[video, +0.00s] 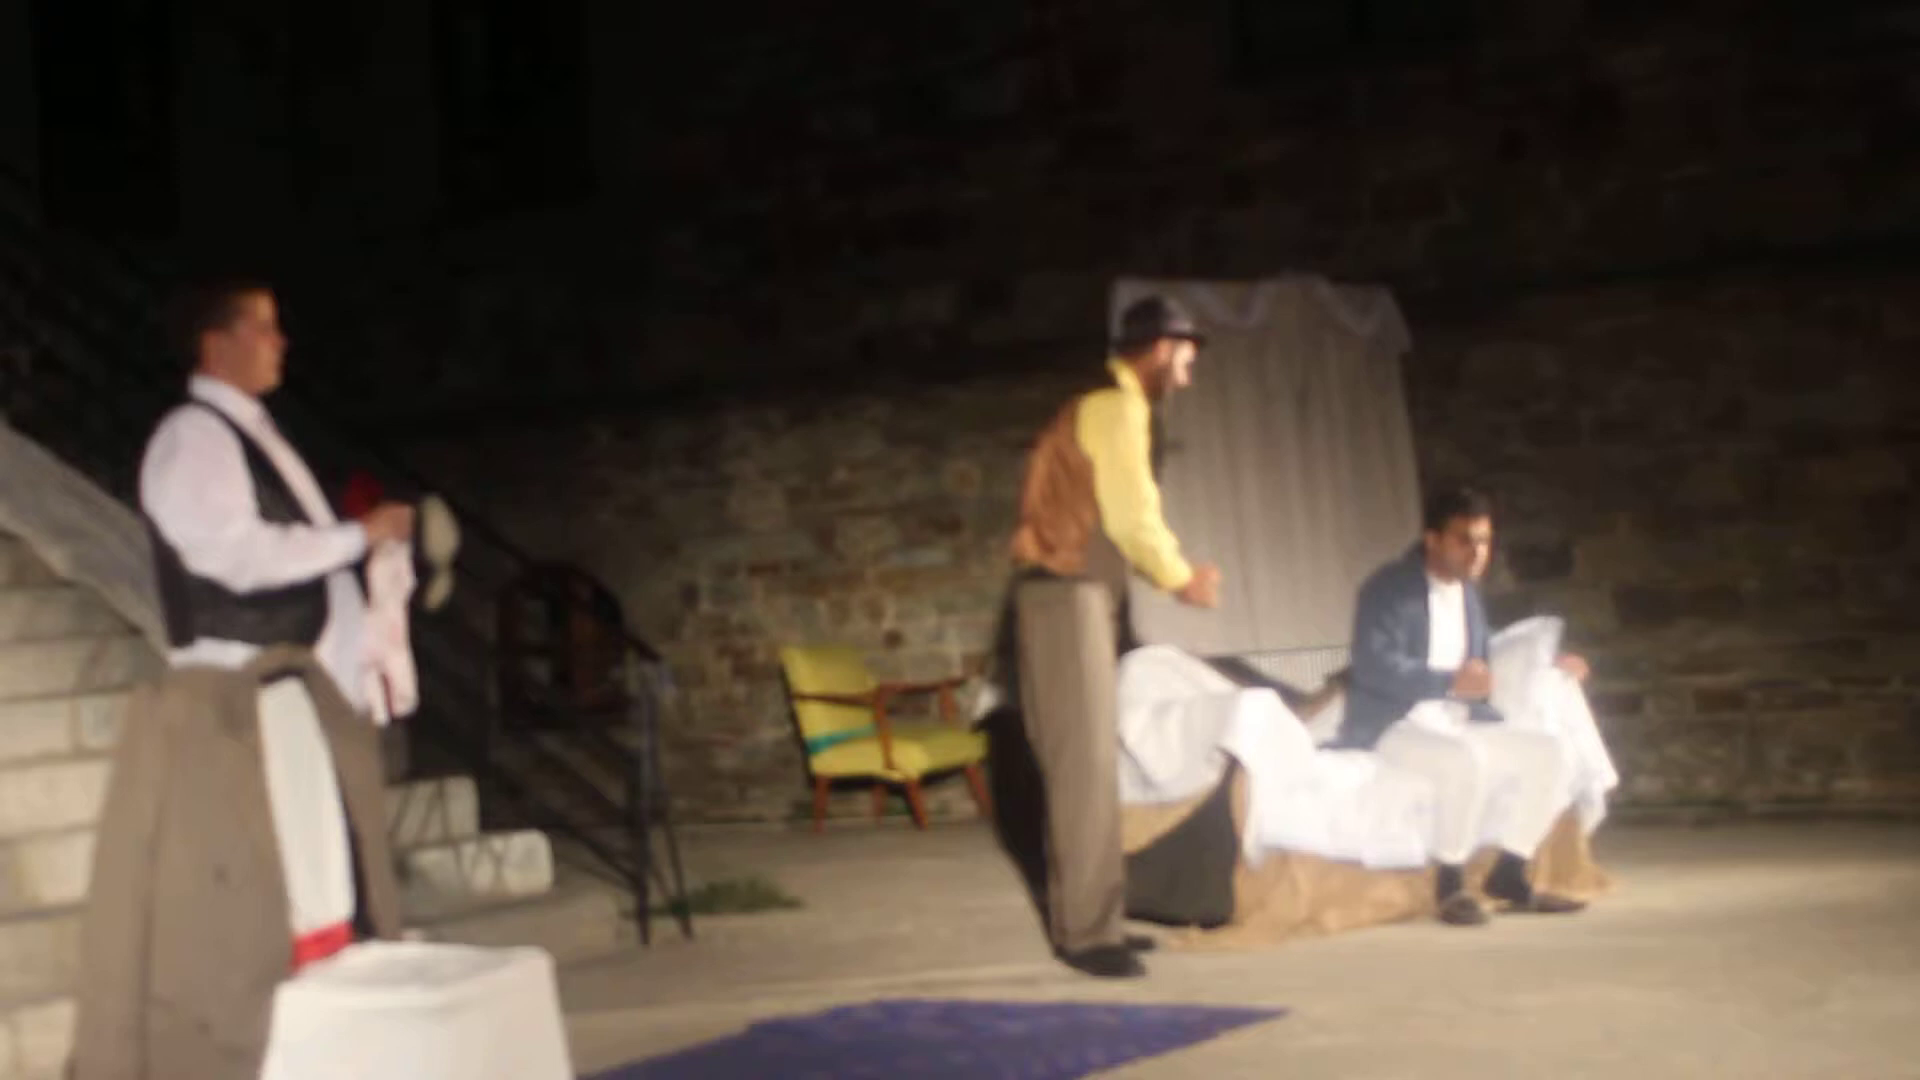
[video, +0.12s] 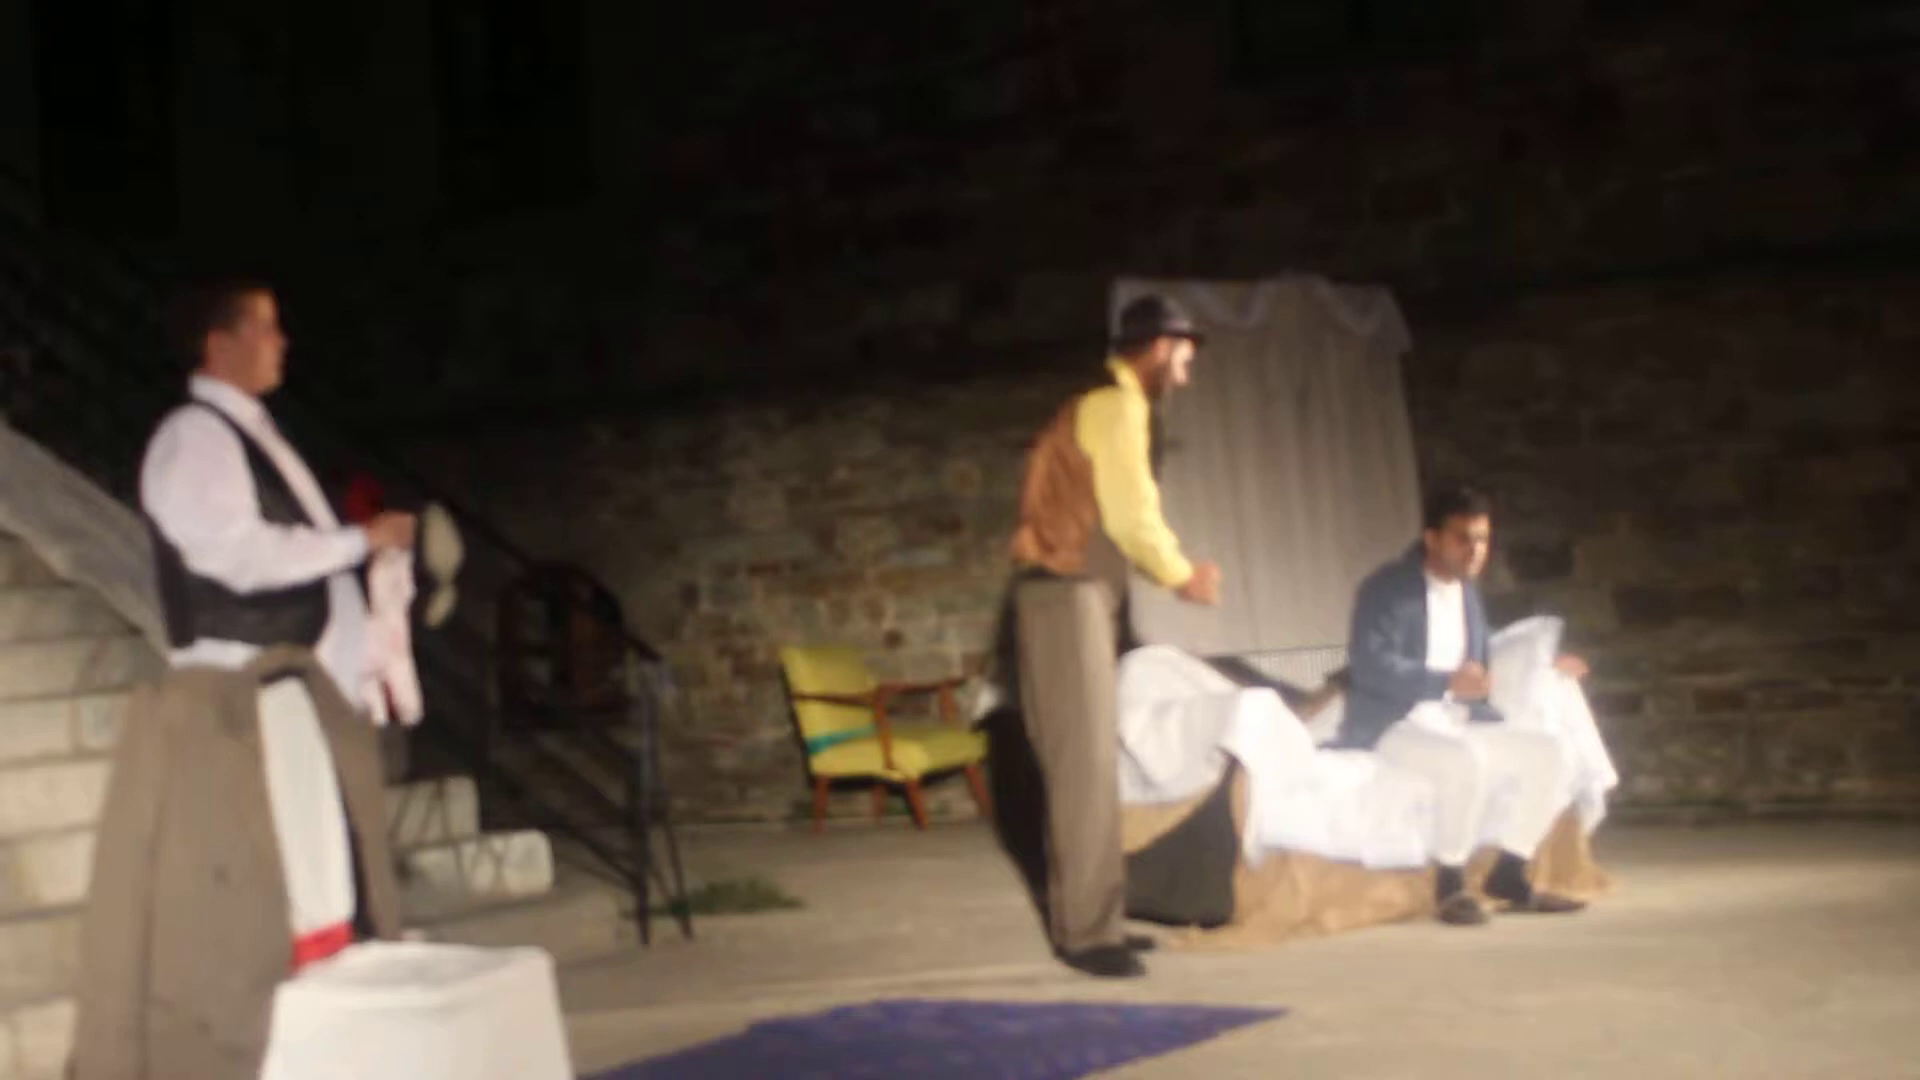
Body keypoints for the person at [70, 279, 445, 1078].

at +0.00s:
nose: (279, 344)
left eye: (277, 329)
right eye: (263, 330)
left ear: (240, 345)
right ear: (214, 344)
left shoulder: (261, 435)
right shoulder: (191, 436)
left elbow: (287, 565)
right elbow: (233, 557)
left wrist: (388, 564)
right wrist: (359, 537)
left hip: (297, 693)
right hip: (240, 703)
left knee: (329, 878)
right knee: (276, 884)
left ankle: (340, 1038)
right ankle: (278, 1045)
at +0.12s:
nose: (281, 343)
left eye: (278, 329)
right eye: (264, 329)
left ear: (240, 347)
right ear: (216, 345)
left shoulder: (263, 435)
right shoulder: (191, 438)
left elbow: (295, 567)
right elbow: (233, 559)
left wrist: (384, 579)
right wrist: (360, 543)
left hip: (300, 696)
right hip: (237, 706)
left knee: (331, 887)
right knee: (269, 893)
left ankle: (338, 1042)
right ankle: (272, 1051)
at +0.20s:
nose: (283, 343)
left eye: (280, 329)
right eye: (267, 329)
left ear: (239, 346)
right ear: (221, 344)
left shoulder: (260, 433)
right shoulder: (194, 438)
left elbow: (294, 563)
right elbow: (236, 559)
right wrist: (361, 550)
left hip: (298, 692)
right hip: (241, 702)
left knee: (333, 886)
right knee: (284, 892)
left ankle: (340, 1042)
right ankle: (287, 1049)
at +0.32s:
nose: (288, 342)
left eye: (283, 327)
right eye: (272, 328)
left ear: (241, 345)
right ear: (225, 344)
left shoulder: (264, 437)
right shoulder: (197, 437)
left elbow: (308, 576)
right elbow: (242, 562)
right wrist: (370, 560)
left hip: (300, 694)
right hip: (243, 703)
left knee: (332, 879)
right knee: (279, 885)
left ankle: (342, 1040)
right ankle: (279, 1046)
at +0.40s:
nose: (291, 342)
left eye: (288, 328)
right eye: (276, 329)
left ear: (246, 347)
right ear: (229, 345)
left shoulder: (262, 435)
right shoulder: (202, 438)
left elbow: (286, 567)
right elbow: (241, 563)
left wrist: (379, 587)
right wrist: (371, 572)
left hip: (298, 693)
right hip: (246, 702)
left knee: (330, 882)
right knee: (289, 888)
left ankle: (337, 1041)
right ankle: (287, 1047)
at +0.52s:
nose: (297, 342)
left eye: (294, 328)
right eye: (282, 328)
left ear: (252, 347)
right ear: (237, 344)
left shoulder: (264, 436)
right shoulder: (208, 437)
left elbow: (289, 577)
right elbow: (240, 564)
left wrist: (381, 601)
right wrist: (369, 580)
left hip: (297, 696)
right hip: (247, 704)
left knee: (330, 882)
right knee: (287, 887)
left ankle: (336, 1041)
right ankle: (291, 1047)